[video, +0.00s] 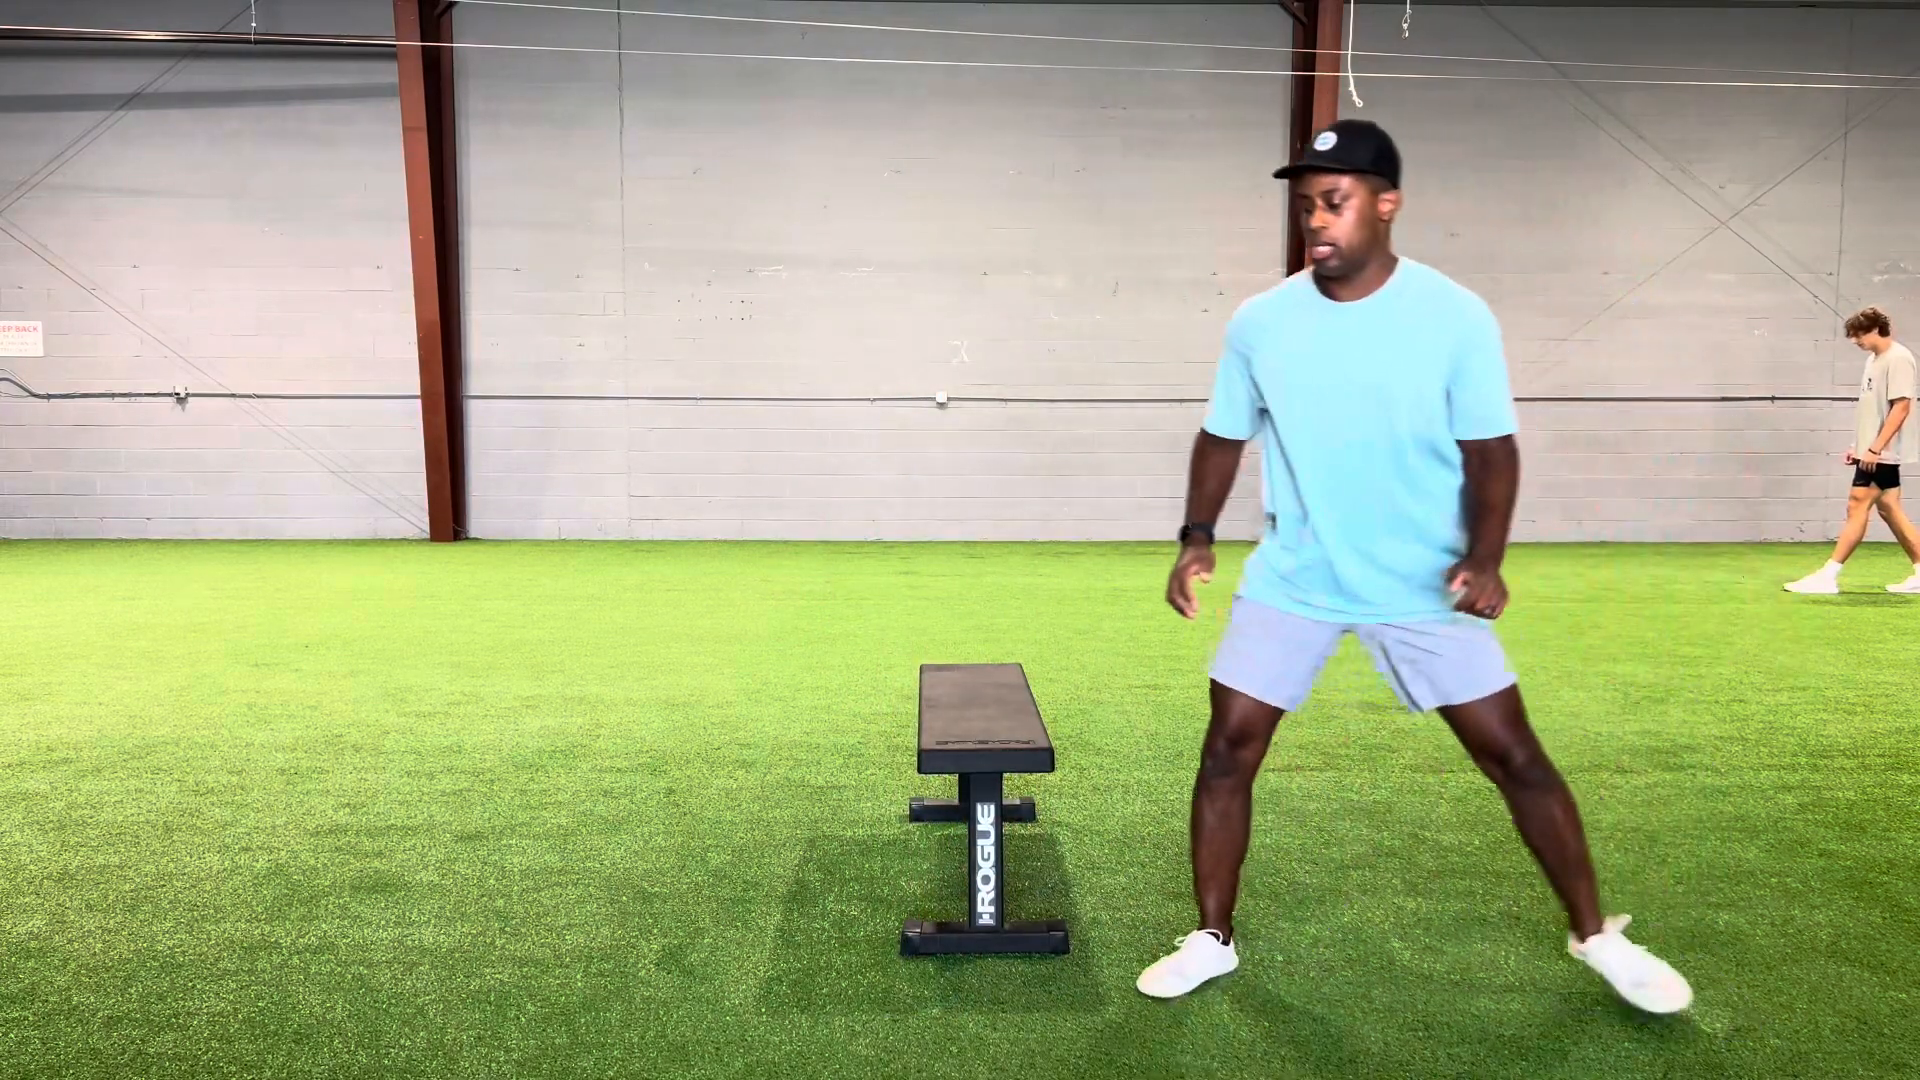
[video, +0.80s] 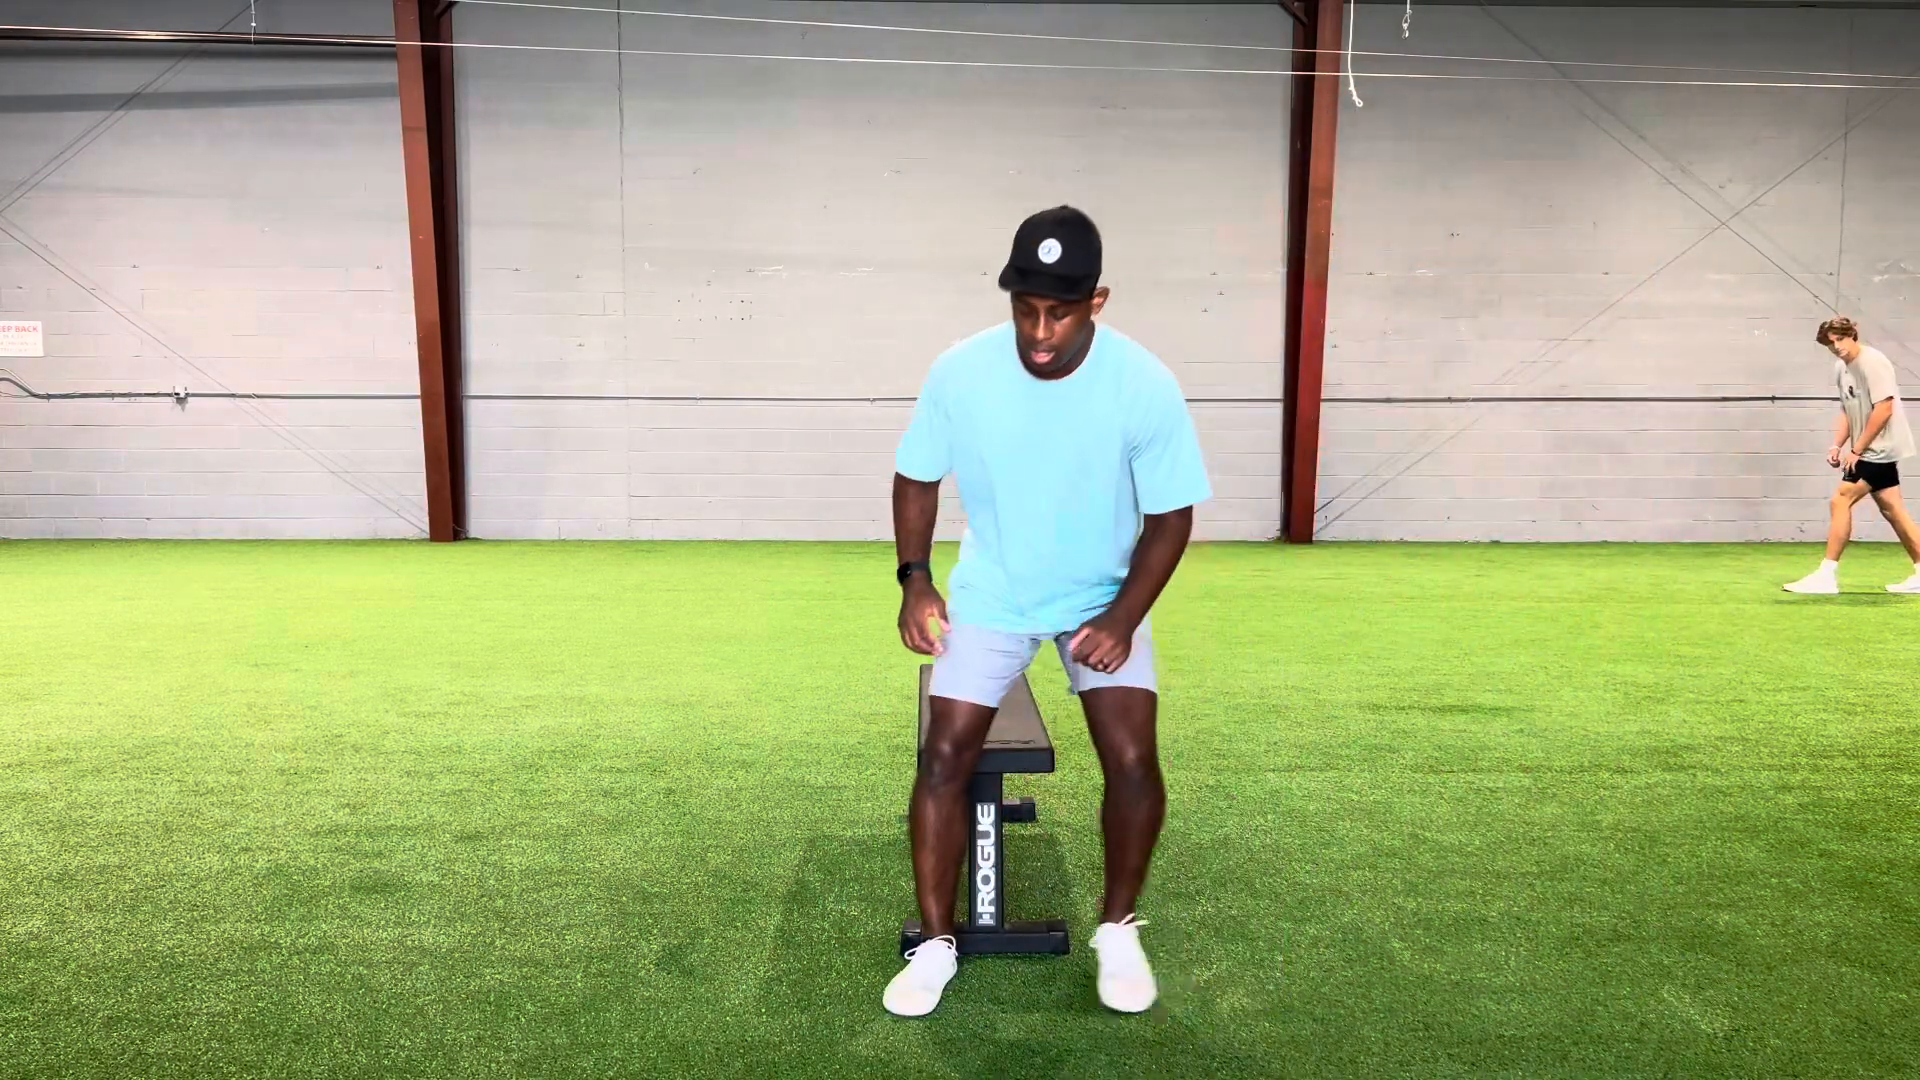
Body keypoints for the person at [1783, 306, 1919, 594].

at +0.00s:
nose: (1857, 343)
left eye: (1859, 336)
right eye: (1855, 338)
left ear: (1876, 330)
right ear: (1869, 334)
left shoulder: (1899, 357)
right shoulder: (1875, 359)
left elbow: (1902, 408)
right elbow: (1872, 409)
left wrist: (1876, 449)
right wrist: (1858, 447)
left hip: (1881, 452)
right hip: (1873, 452)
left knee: (1858, 506)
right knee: (1890, 510)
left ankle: (1828, 575)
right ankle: (1919, 570)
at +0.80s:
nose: (1836, 348)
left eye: (1839, 341)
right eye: (1831, 345)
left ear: (1852, 336)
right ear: (1829, 347)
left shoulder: (1873, 361)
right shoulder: (1843, 369)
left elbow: (1884, 409)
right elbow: (1848, 412)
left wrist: (1857, 450)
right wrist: (1837, 445)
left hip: (1881, 450)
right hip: (1871, 450)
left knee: (1841, 501)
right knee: (1894, 511)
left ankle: (1826, 574)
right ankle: (1919, 571)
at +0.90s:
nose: (1822, 353)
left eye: (1825, 346)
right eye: (1817, 350)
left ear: (1838, 341)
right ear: (1815, 353)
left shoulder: (1860, 365)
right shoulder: (1828, 374)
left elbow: (1872, 413)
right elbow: (1836, 412)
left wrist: (1850, 454)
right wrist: (1832, 445)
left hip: (1878, 450)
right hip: (1867, 451)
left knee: (1839, 500)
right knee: (1892, 510)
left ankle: (1826, 574)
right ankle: (1919, 570)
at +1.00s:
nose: (1808, 361)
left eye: (1811, 354)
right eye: (1803, 358)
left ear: (1825, 347)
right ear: (1801, 358)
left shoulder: (1845, 370)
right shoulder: (1816, 378)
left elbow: (1858, 418)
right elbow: (1823, 416)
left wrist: (1843, 457)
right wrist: (1826, 449)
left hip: (1875, 448)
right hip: (1866, 449)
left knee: (1837, 501)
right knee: (1889, 509)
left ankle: (1826, 574)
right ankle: (1919, 567)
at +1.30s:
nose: (1785, 377)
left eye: (1787, 370)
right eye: (1782, 373)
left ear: (1802, 362)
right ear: (1784, 370)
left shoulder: (1828, 380)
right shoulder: (1801, 388)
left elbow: (1846, 426)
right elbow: (1813, 428)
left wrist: (1836, 464)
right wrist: (1821, 460)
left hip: (1870, 451)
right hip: (1864, 451)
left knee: (1832, 502)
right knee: (1884, 509)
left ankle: (1825, 575)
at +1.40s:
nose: (1786, 376)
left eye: (1788, 369)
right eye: (1783, 371)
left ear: (1803, 361)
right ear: (1796, 365)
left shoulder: (1830, 379)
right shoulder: (1804, 386)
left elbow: (1847, 426)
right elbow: (1815, 427)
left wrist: (1837, 464)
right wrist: (1822, 459)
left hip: (1872, 452)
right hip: (1865, 452)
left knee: (1832, 503)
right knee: (1885, 509)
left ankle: (1825, 575)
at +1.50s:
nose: (1792, 372)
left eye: (1793, 365)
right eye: (1789, 367)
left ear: (1809, 357)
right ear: (1804, 361)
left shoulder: (1837, 378)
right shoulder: (1810, 384)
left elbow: (1852, 425)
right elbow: (1821, 426)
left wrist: (1840, 465)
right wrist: (1825, 458)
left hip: (1874, 452)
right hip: (1868, 452)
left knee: (1834, 502)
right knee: (1886, 510)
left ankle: (1825, 575)